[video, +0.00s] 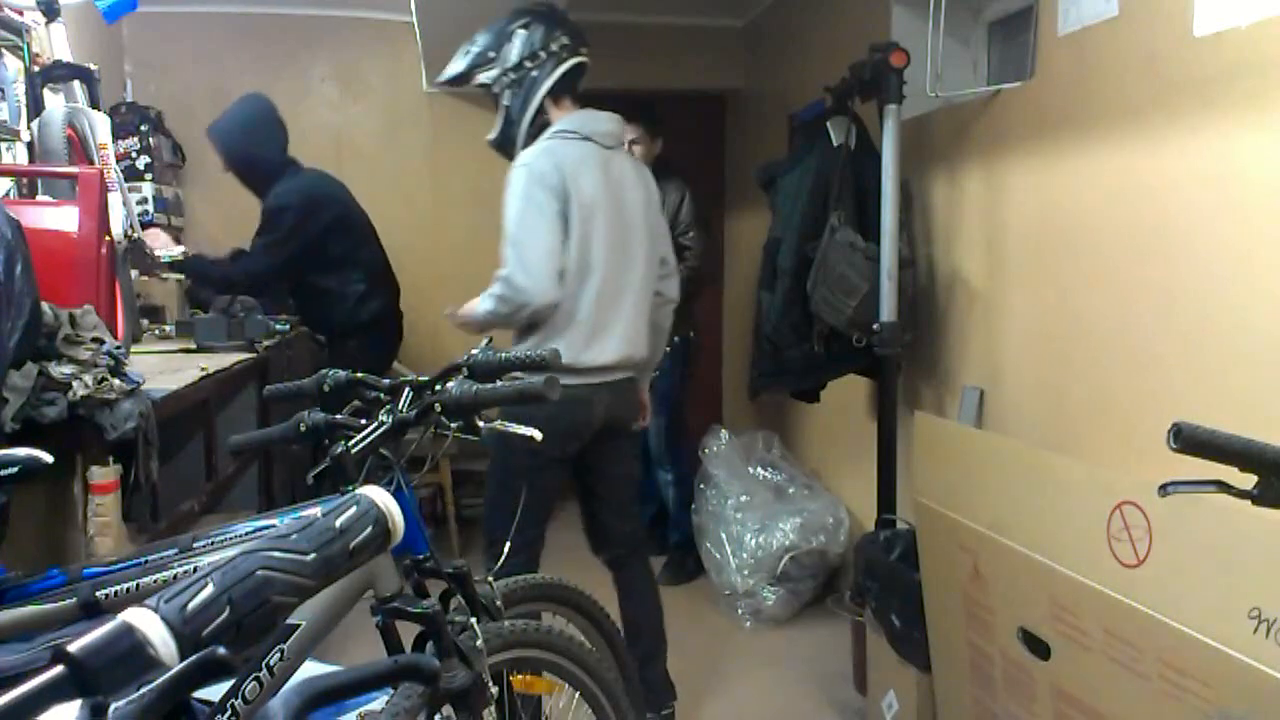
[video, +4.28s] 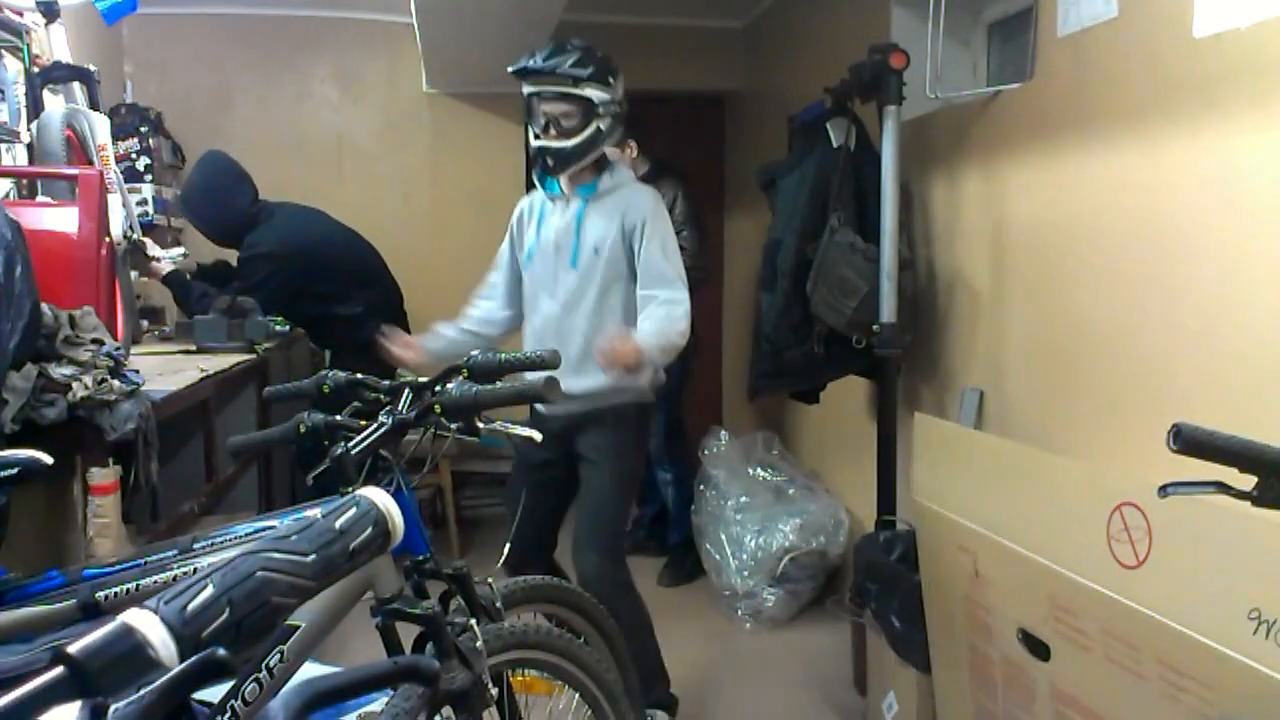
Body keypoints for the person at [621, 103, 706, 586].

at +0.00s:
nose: (629, 151)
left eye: (637, 143)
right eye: (625, 143)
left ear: (658, 146)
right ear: (619, 148)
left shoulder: (673, 193)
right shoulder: (616, 194)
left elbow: (693, 254)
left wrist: (663, 292)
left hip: (668, 325)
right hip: (625, 322)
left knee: (664, 438)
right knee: (634, 435)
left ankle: (683, 543)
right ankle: (651, 529)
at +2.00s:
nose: (610, 166)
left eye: (612, 157)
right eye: (607, 158)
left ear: (633, 151)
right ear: (626, 154)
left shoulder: (670, 192)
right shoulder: (619, 200)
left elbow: (693, 258)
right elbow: (622, 260)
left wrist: (651, 302)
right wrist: (619, 300)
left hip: (667, 331)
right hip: (634, 331)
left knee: (662, 435)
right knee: (640, 434)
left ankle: (685, 544)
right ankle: (650, 527)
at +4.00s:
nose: (602, 169)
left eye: (606, 160)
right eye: (597, 162)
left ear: (632, 152)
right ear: (608, 160)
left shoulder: (668, 192)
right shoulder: (611, 199)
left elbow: (689, 262)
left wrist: (651, 308)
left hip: (664, 328)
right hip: (623, 328)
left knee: (663, 434)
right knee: (638, 435)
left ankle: (685, 543)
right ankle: (651, 525)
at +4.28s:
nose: (612, 161)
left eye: (616, 152)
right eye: (608, 154)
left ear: (632, 150)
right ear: (612, 154)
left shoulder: (667, 193)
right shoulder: (607, 196)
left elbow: (688, 261)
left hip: (665, 324)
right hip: (622, 323)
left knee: (665, 435)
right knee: (638, 433)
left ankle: (684, 542)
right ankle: (651, 523)